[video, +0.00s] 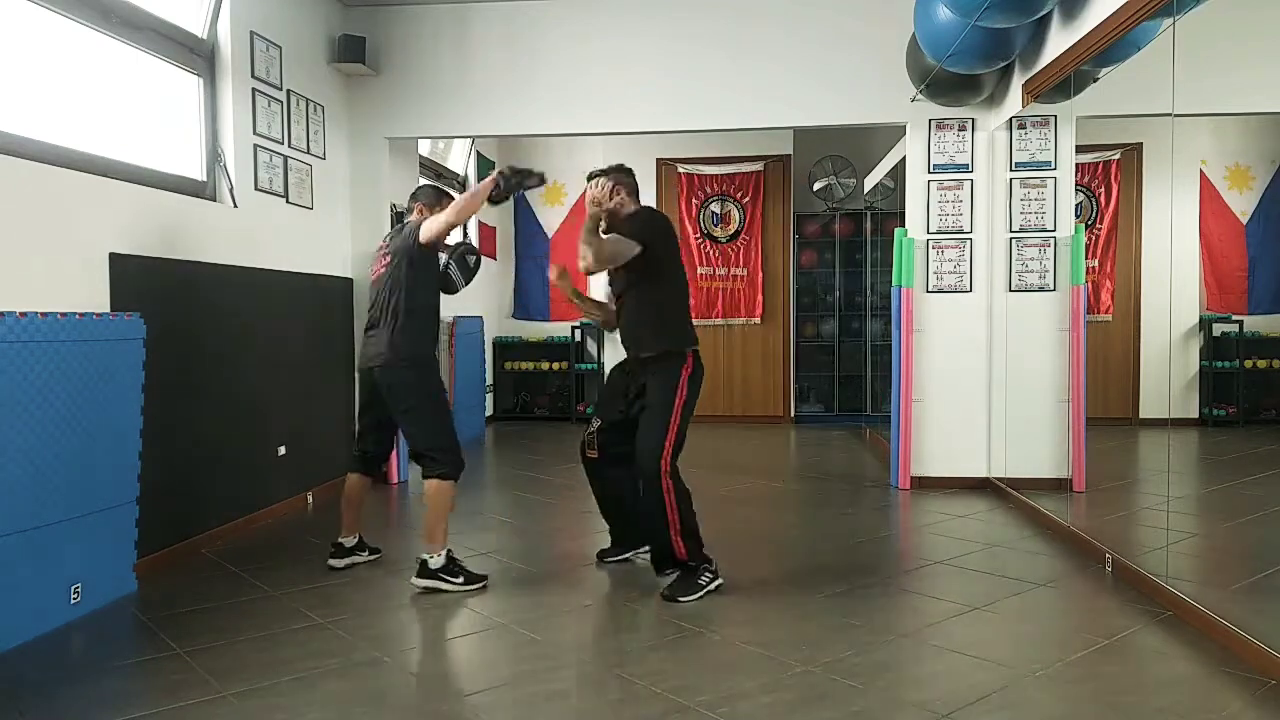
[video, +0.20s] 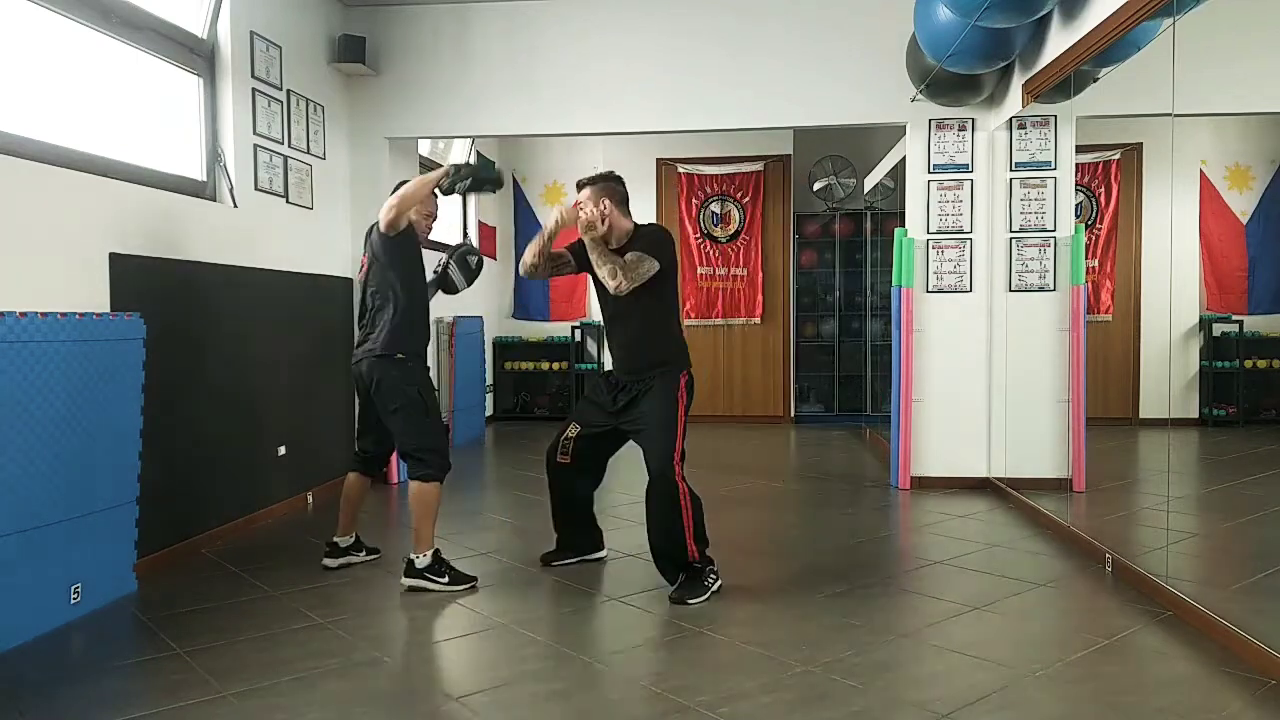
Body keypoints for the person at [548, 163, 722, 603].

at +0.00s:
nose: (592, 208)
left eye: (595, 199)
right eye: (591, 200)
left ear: (615, 192)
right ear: (619, 195)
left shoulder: (650, 222)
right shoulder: (624, 245)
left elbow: (591, 258)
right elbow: (611, 318)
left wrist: (591, 213)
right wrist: (571, 291)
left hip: (674, 363)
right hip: (637, 366)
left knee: (655, 462)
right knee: (599, 450)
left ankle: (696, 565)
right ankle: (630, 537)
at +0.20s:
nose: (581, 218)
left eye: (583, 210)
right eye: (579, 212)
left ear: (607, 206)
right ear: (596, 211)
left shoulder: (656, 239)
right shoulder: (595, 251)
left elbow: (620, 281)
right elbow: (531, 268)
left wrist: (590, 237)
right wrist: (554, 226)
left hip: (664, 380)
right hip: (618, 383)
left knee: (665, 472)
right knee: (566, 457)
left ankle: (696, 569)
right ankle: (581, 543)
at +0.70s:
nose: (533, 215)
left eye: (536, 208)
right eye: (533, 209)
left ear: (554, 205)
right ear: (574, 206)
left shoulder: (550, 235)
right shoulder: (604, 247)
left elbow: (483, 232)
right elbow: (543, 250)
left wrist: (464, 236)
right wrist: (506, 240)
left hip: (587, 374)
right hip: (574, 377)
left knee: (616, 473)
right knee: (538, 457)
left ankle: (696, 556)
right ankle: (558, 546)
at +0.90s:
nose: (519, 200)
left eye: (522, 191)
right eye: (521, 193)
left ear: (545, 187)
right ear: (552, 189)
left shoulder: (565, 216)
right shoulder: (549, 228)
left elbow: (501, 194)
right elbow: (498, 221)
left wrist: (476, 164)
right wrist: (476, 174)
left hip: (539, 349)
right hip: (552, 352)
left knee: (451, 416)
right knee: (530, 448)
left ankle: (516, 480)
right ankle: (558, 543)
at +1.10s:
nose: (507, 220)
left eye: (510, 210)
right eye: (505, 213)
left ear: (534, 204)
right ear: (536, 207)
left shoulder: (550, 249)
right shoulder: (536, 248)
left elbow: (493, 297)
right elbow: (495, 295)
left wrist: (466, 257)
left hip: (484, 356)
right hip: (499, 363)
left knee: (377, 354)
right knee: (496, 456)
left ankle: (433, 432)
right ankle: (544, 542)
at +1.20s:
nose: (486, 225)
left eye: (487, 215)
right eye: (484, 217)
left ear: (509, 208)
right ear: (518, 211)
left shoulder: (520, 252)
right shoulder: (544, 255)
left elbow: (455, 291)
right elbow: (493, 297)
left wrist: (441, 251)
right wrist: (463, 264)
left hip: (469, 368)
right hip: (497, 373)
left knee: (368, 408)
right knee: (491, 459)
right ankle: (540, 541)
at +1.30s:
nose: (449, 223)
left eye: (453, 214)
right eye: (448, 215)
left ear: (474, 212)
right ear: (486, 214)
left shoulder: (473, 254)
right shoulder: (524, 260)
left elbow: (397, 272)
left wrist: (398, 227)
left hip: (447, 380)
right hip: (489, 381)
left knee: (366, 449)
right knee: (486, 464)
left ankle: (349, 554)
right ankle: (538, 543)